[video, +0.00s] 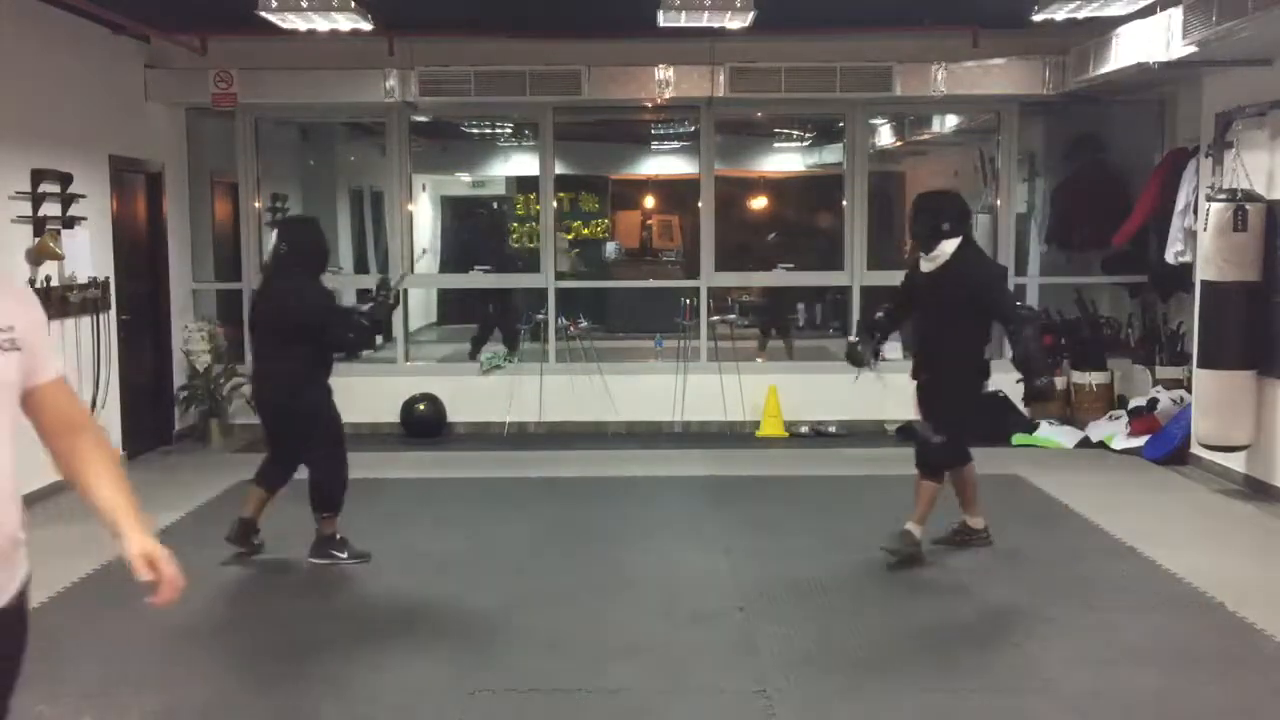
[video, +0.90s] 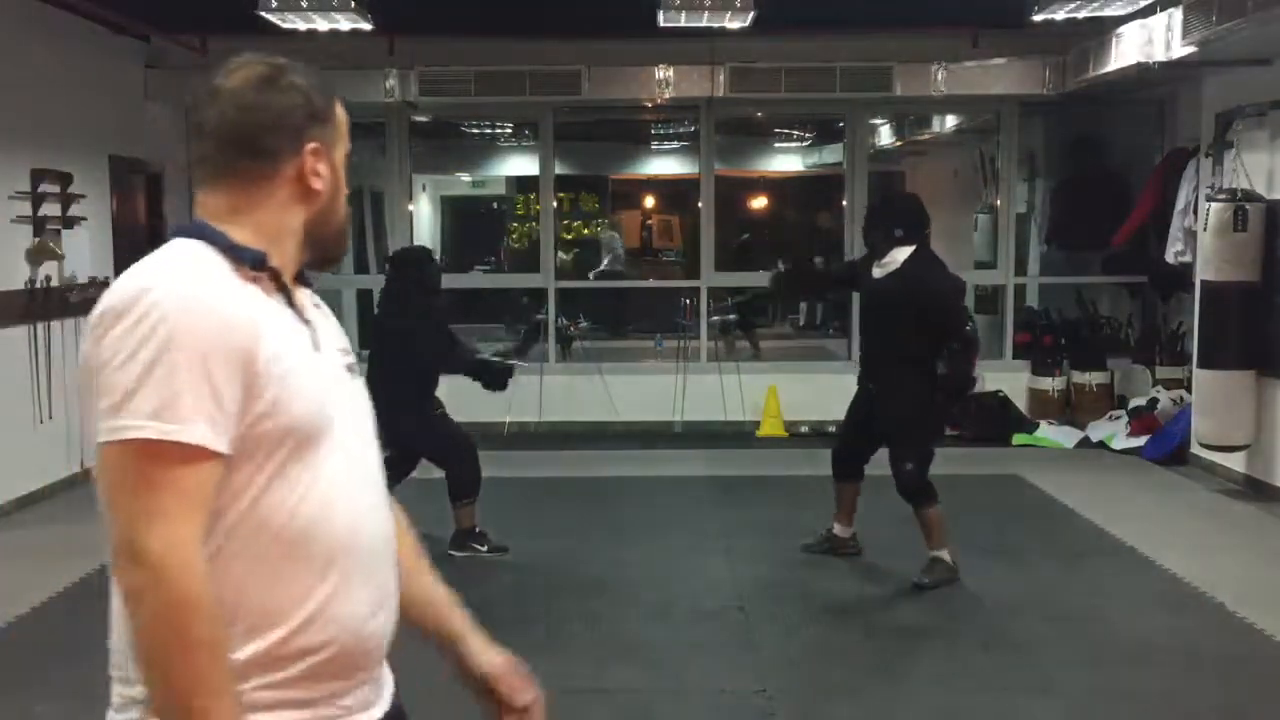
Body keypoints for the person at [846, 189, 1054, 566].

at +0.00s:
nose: (913, 231)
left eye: (918, 223)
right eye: (914, 224)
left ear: (940, 225)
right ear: (946, 225)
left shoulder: (980, 270)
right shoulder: (924, 265)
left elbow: (1014, 321)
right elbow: (902, 304)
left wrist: (1033, 370)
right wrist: (873, 331)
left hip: (962, 372)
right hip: (929, 371)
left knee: (933, 446)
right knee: (952, 448)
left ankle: (913, 531)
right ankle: (974, 524)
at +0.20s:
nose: (890, 235)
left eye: (897, 228)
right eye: (891, 227)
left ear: (917, 228)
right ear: (919, 228)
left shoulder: (952, 274)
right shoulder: (897, 270)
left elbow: (984, 337)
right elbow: (878, 316)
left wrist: (979, 393)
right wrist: (862, 342)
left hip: (935, 374)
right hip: (899, 371)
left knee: (907, 453)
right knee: (906, 452)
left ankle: (897, 537)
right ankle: (961, 512)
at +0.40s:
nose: (865, 233)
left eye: (872, 225)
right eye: (866, 225)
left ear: (892, 227)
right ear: (904, 226)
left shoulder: (930, 275)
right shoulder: (873, 267)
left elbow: (957, 338)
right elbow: (856, 318)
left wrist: (953, 394)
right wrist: (846, 342)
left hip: (918, 375)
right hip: (878, 370)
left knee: (888, 450)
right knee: (854, 446)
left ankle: (895, 536)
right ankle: (902, 507)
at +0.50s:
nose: (848, 239)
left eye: (855, 232)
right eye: (848, 231)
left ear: (877, 233)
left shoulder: (920, 277)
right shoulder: (858, 275)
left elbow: (950, 337)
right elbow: (838, 319)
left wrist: (951, 390)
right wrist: (830, 346)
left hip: (905, 378)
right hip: (864, 373)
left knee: (878, 457)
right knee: (836, 451)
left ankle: (890, 536)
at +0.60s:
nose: (844, 246)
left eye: (850, 238)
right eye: (844, 238)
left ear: (873, 240)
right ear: (876, 241)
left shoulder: (917, 287)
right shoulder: (852, 281)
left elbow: (950, 346)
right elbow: (819, 311)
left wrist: (948, 403)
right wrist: (802, 318)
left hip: (896, 386)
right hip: (858, 381)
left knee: (871, 460)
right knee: (823, 456)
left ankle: (897, 529)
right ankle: (841, 534)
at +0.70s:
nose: (853, 238)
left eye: (858, 231)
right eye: (853, 231)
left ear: (877, 234)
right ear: (891, 234)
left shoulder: (919, 282)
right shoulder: (855, 271)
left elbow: (948, 346)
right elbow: (808, 284)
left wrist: (948, 402)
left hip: (894, 385)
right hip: (856, 380)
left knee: (877, 462)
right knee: (826, 452)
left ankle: (916, 541)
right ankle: (840, 531)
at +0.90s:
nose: (866, 232)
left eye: (873, 225)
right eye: (868, 225)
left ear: (895, 229)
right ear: (907, 229)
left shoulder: (935, 279)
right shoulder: (871, 266)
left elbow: (963, 344)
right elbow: (833, 280)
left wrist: (947, 400)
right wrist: (793, 279)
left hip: (915, 391)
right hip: (874, 386)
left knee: (911, 478)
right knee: (845, 456)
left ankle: (942, 557)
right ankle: (842, 533)